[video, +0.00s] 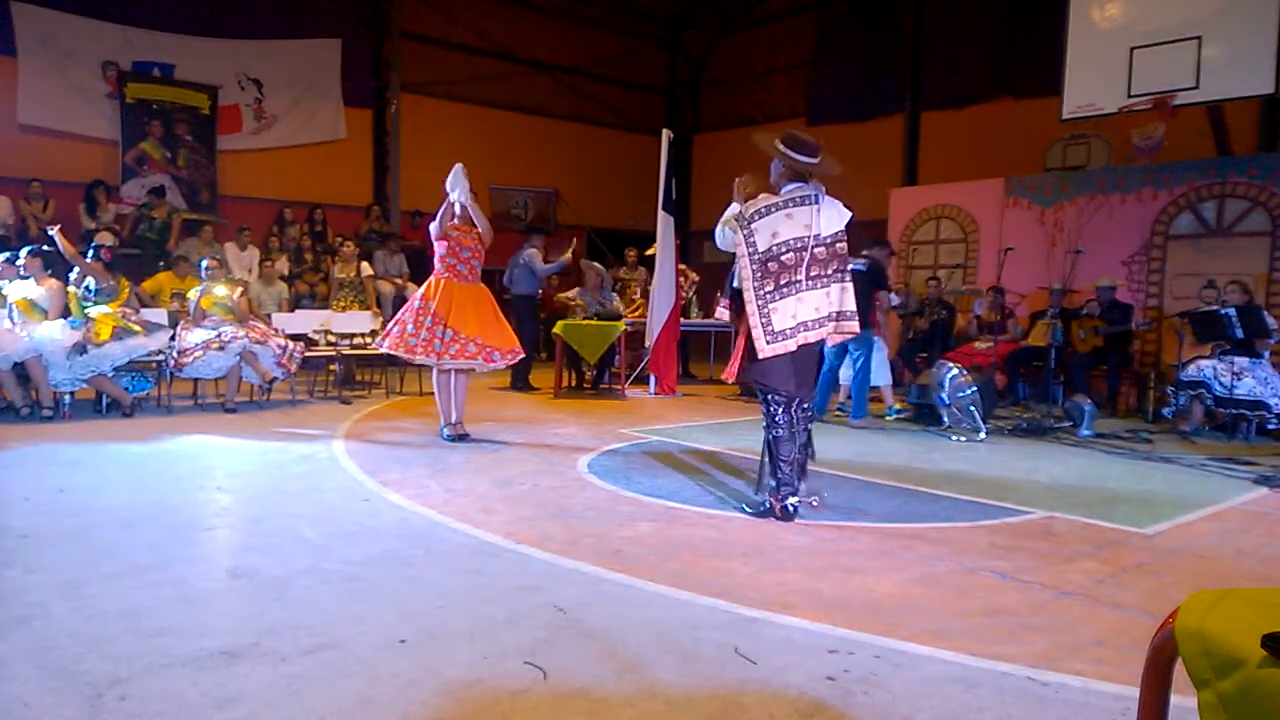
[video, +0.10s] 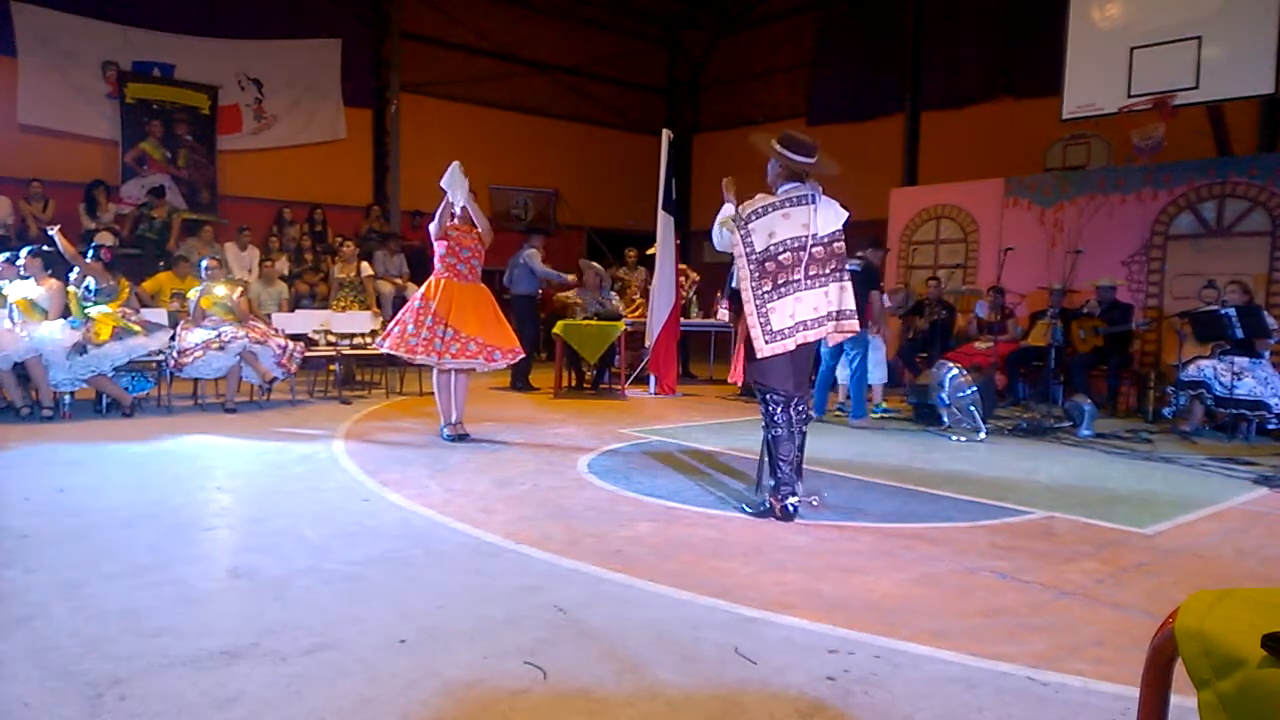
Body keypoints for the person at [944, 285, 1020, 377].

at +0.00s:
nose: (992, 300)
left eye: (996, 297)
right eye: (990, 296)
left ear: (1001, 299)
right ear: (985, 298)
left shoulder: (1008, 313)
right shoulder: (978, 316)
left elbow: (1012, 335)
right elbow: (974, 336)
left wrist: (993, 339)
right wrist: (971, 323)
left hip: (1003, 344)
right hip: (983, 345)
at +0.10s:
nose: (992, 300)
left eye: (996, 297)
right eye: (990, 296)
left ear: (1002, 299)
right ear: (986, 298)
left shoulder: (1008, 313)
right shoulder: (980, 313)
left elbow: (1012, 335)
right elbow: (973, 335)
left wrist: (993, 338)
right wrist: (971, 323)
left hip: (1002, 343)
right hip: (983, 343)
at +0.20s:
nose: (992, 300)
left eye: (996, 297)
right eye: (990, 296)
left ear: (1002, 299)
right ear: (987, 298)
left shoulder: (1008, 312)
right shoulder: (980, 312)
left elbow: (1012, 335)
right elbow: (973, 335)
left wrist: (992, 338)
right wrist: (971, 322)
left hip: (1002, 343)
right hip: (983, 343)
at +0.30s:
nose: (993, 300)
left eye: (996, 297)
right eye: (990, 297)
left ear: (1002, 299)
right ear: (986, 298)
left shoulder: (1007, 312)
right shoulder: (978, 313)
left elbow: (1012, 335)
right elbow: (973, 335)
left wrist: (993, 338)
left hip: (1002, 344)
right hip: (983, 344)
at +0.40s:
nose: (992, 299)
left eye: (996, 297)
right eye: (990, 296)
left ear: (1002, 300)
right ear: (986, 298)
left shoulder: (1007, 313)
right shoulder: (979, 314)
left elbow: (1012, 335)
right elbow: (973, 335)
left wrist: (992, 338)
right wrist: (971, 322)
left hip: (1002, 343)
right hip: (982, 343)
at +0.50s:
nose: (993, 300)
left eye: (996, 297)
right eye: (990, 296)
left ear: (1002, 299)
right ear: (986, 297)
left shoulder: (1008, 313)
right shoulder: (980, 314)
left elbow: (1012, 335)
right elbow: (973, 335)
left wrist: (993, 339)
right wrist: (972, 322)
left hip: (1002, 344)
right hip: (982, 344)